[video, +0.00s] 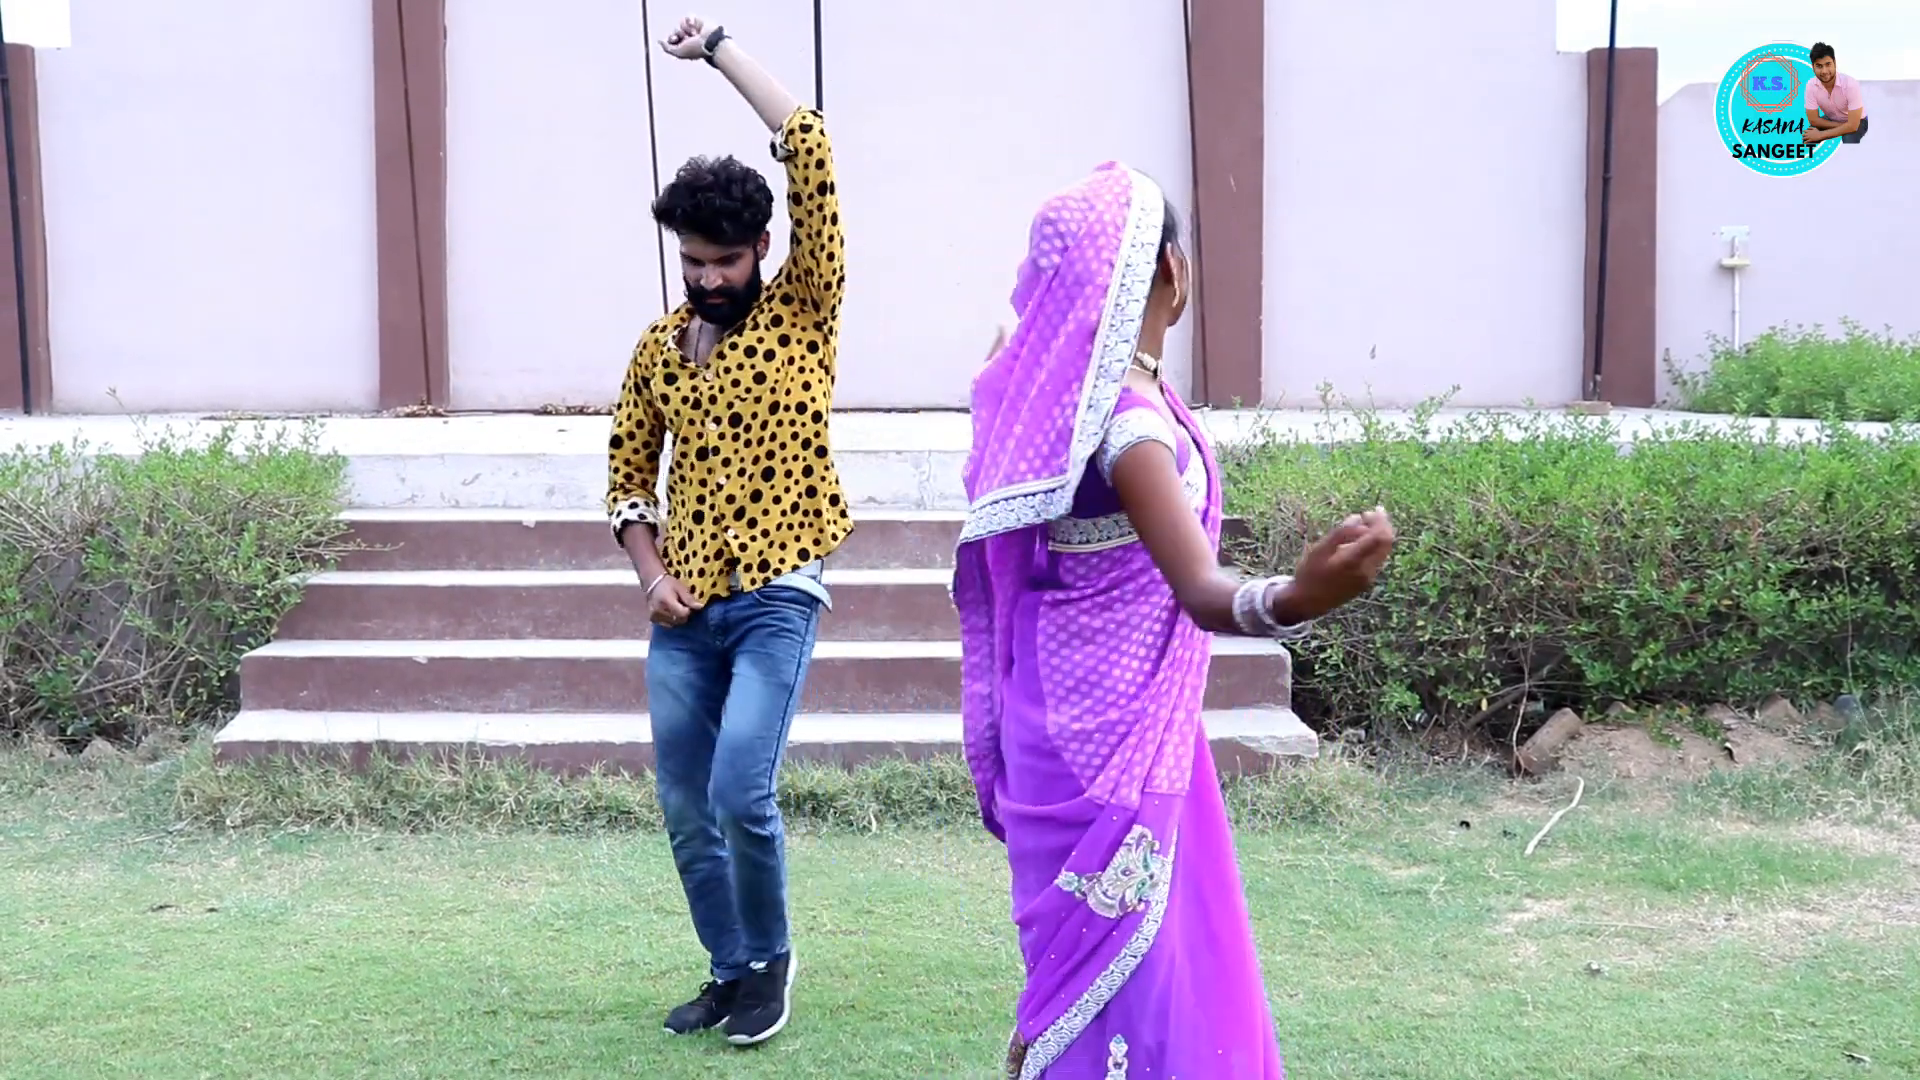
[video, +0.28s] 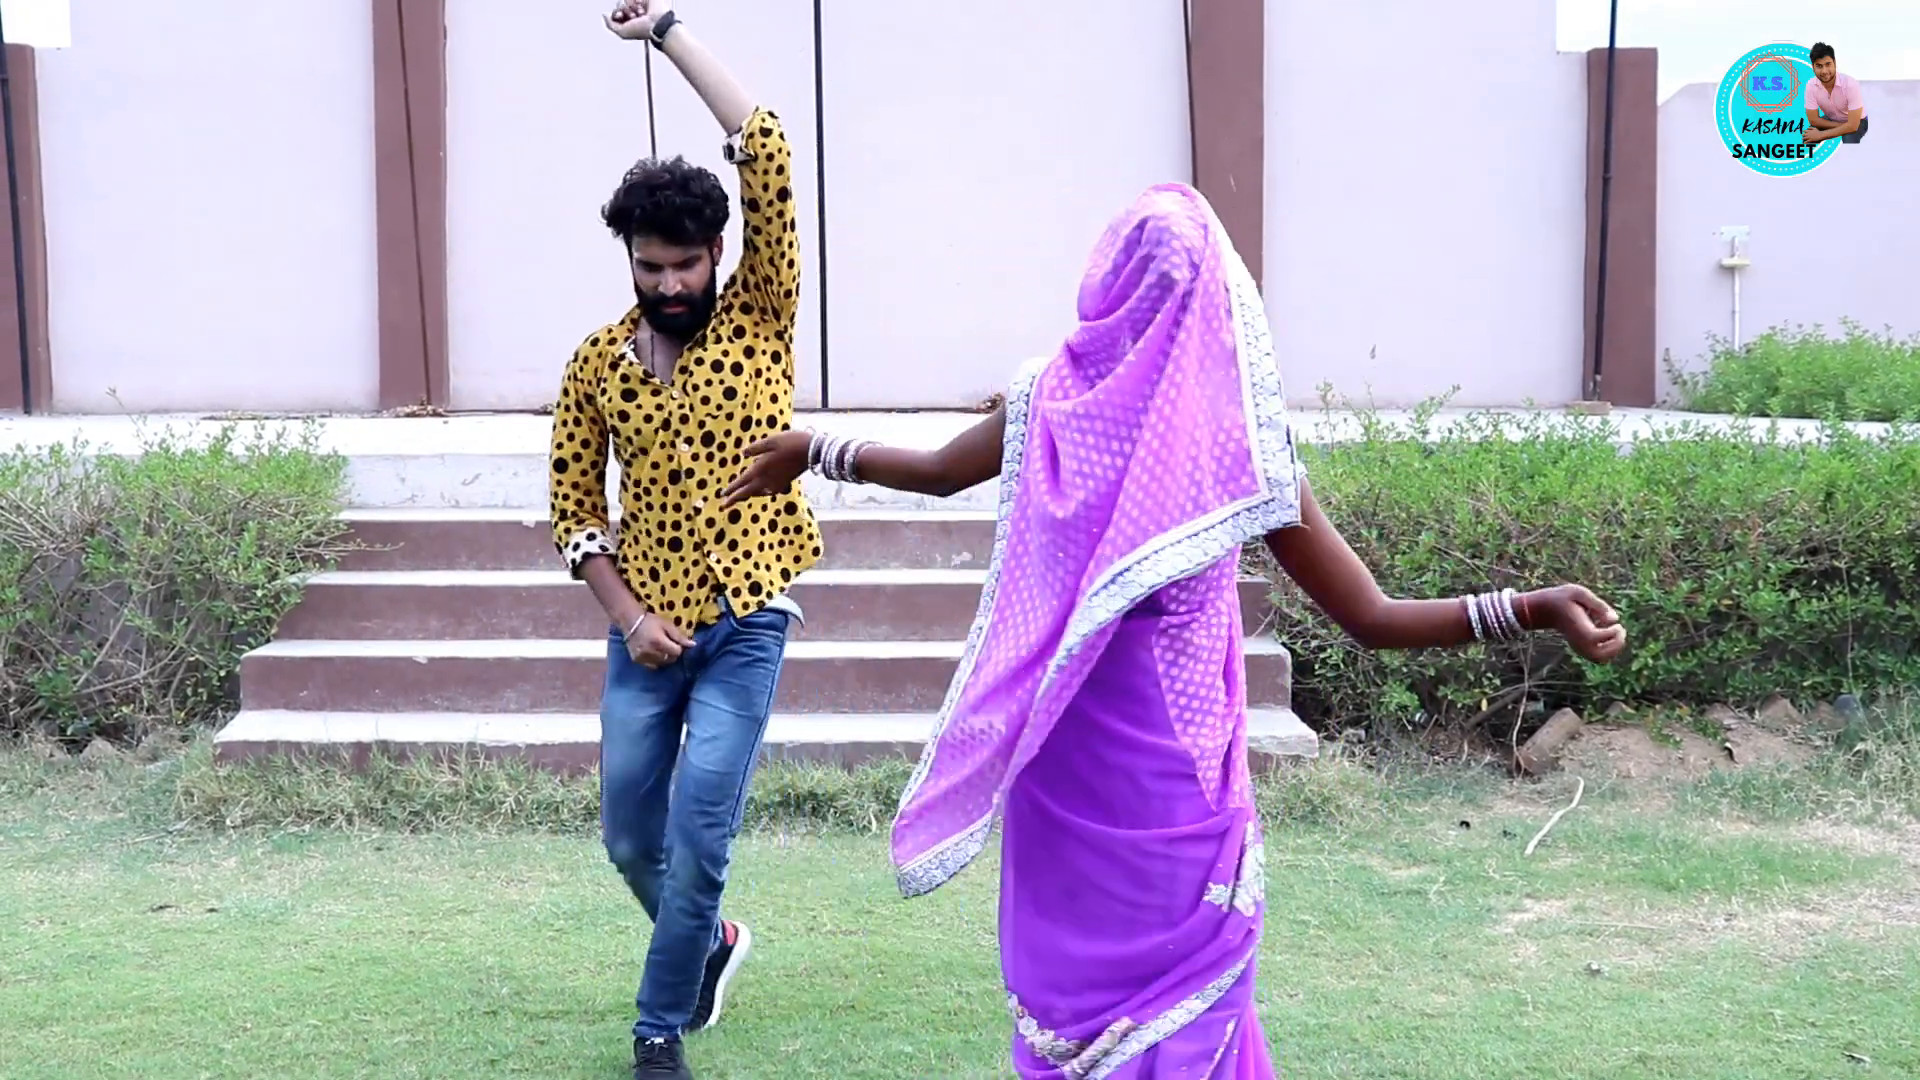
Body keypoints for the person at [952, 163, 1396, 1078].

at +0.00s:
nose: (1188, 268)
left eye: (1181, 249)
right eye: (1182, 250)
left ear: (1069, 272)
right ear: (1167, 270)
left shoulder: (1038, 382)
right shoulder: (1128, 417)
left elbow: (992, 581)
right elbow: (1200, 591)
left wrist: (988, 741)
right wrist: (1299, 596)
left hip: (1056, 721)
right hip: (1114, 739)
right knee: (1116, 986)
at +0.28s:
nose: (1178, 301)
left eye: (1175, 277)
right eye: (1182, 279)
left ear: (1106, 292)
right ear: (1221, 306)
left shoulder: (1045, 409)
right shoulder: (1244, 450)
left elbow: (936, 469)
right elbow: (1374, 616)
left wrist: (821, 447)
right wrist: (1519, 608)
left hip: (1051, 765)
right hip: (1183, 773)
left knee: (1057, 1004)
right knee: (1194, 1010)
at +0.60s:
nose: (1153, 268)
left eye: (1163, 251)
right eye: (1157, 249)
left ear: (1191, 260)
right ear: (1277, 261)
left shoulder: (1127, 357)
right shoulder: (1324, 375)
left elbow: (966, 457)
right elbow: (1377, 520)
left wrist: (835, 534)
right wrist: (1414, 626)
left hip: (1118, 662)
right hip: (1257, 666)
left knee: (1100, 880)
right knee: (1228, 877)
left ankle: (1102, 1056)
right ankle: (1228, 1052)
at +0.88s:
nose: (1148, 281)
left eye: (1167, 265)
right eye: (1151, 261)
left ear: (1225, 280)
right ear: (1235, 287)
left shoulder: (1216, 385)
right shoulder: (1284, 378)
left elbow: (1215, 535)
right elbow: (1215, 546)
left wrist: (1152, 703)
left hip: (1197, 714)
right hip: (1258, 713)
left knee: (1124, 966)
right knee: (1218, 967)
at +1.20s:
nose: (1195, 299)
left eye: (1218, 277)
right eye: (1177, 281)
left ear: (1268, 282)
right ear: (1162, 292)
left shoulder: (1321, 400)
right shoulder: (1164, 405)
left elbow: (1396, 555)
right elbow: (996, 418)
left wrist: (1483, 683)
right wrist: (1116, 348)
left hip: (1257, 711)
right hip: (1147, 709)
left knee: (1249, 951)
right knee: (1144, 943)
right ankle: (1155, 1075)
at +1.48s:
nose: (1256, 296)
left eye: (1276, 273)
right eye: (1230, 276)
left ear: (1306, 274)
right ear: (1199, 279)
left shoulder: (1363, 390)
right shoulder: (1154, 388)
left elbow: (1455, 557)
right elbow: (1069, 538)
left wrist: (1592, 547)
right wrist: (1026, 384)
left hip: (1320, 698)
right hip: (1183, 699)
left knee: (1306, 946)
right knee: (1184, 942)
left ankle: (1303, 1074)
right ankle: (1188, 1076)